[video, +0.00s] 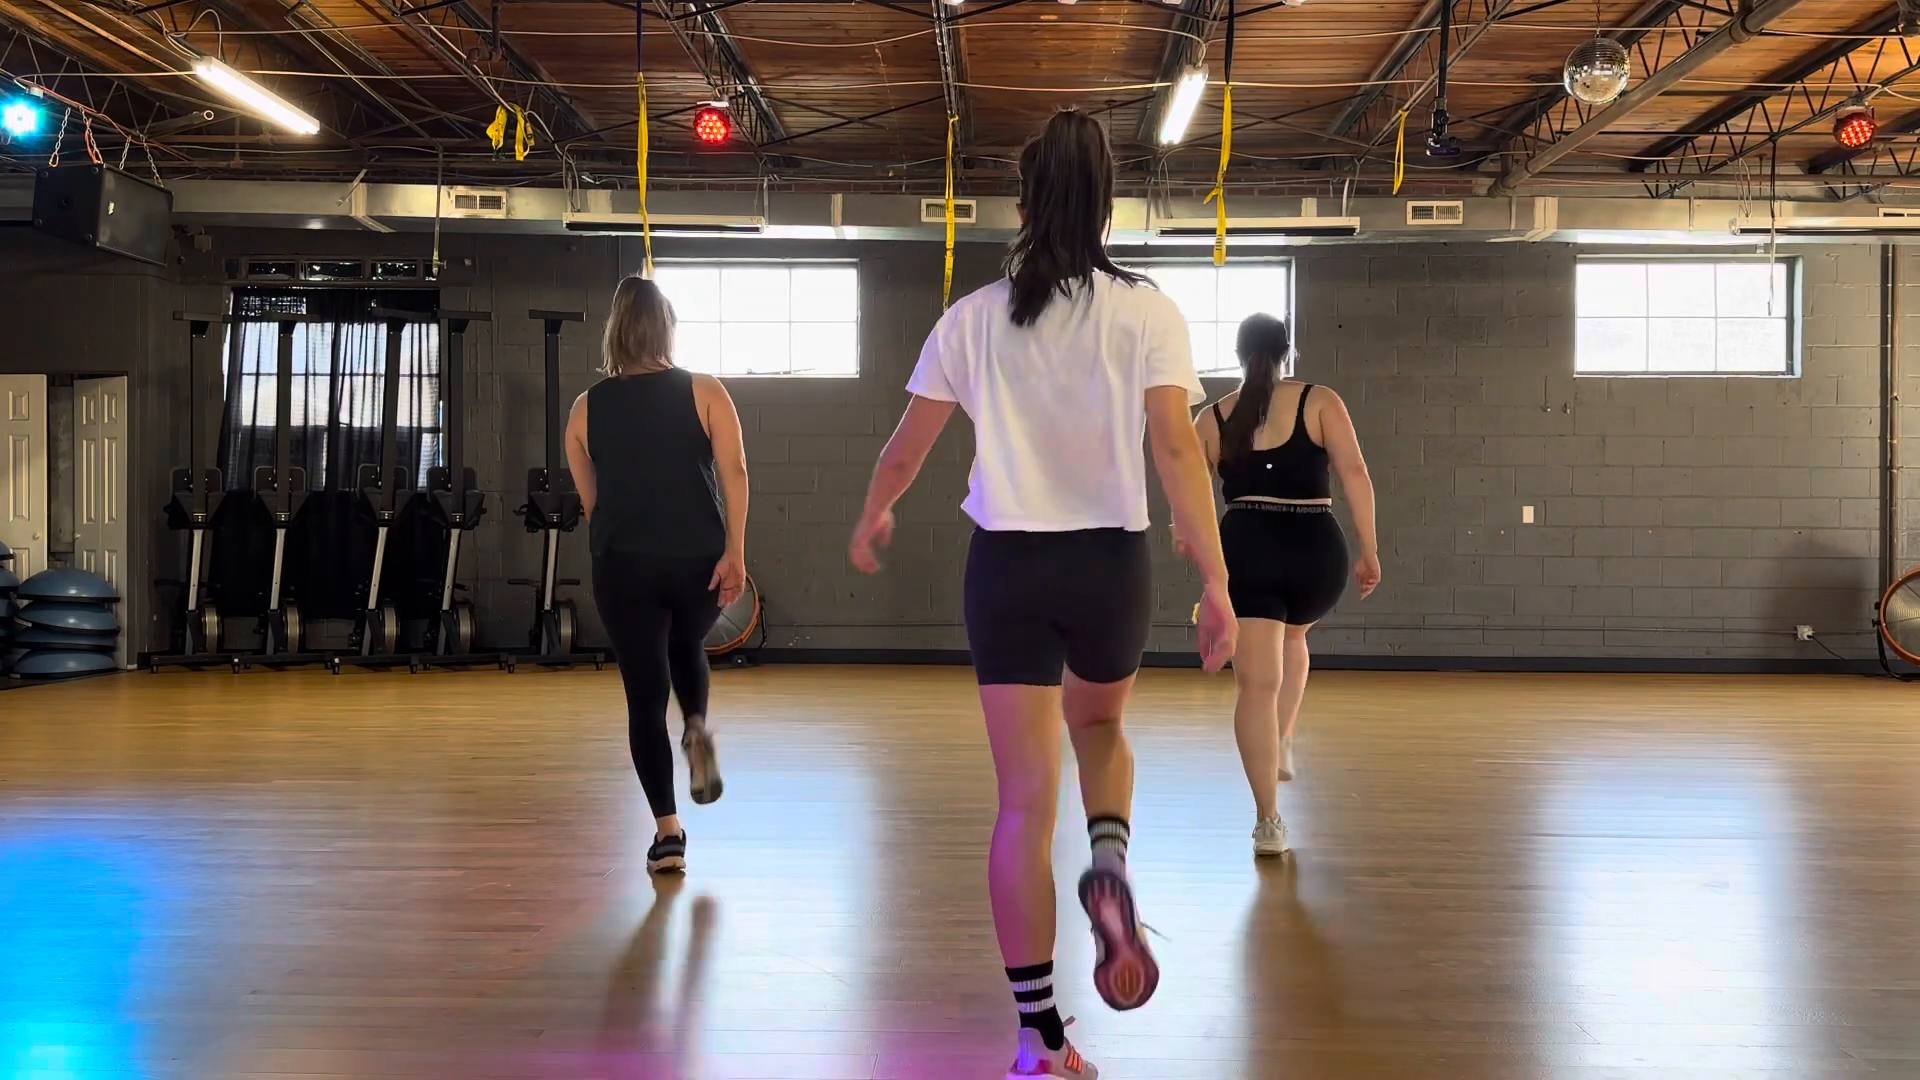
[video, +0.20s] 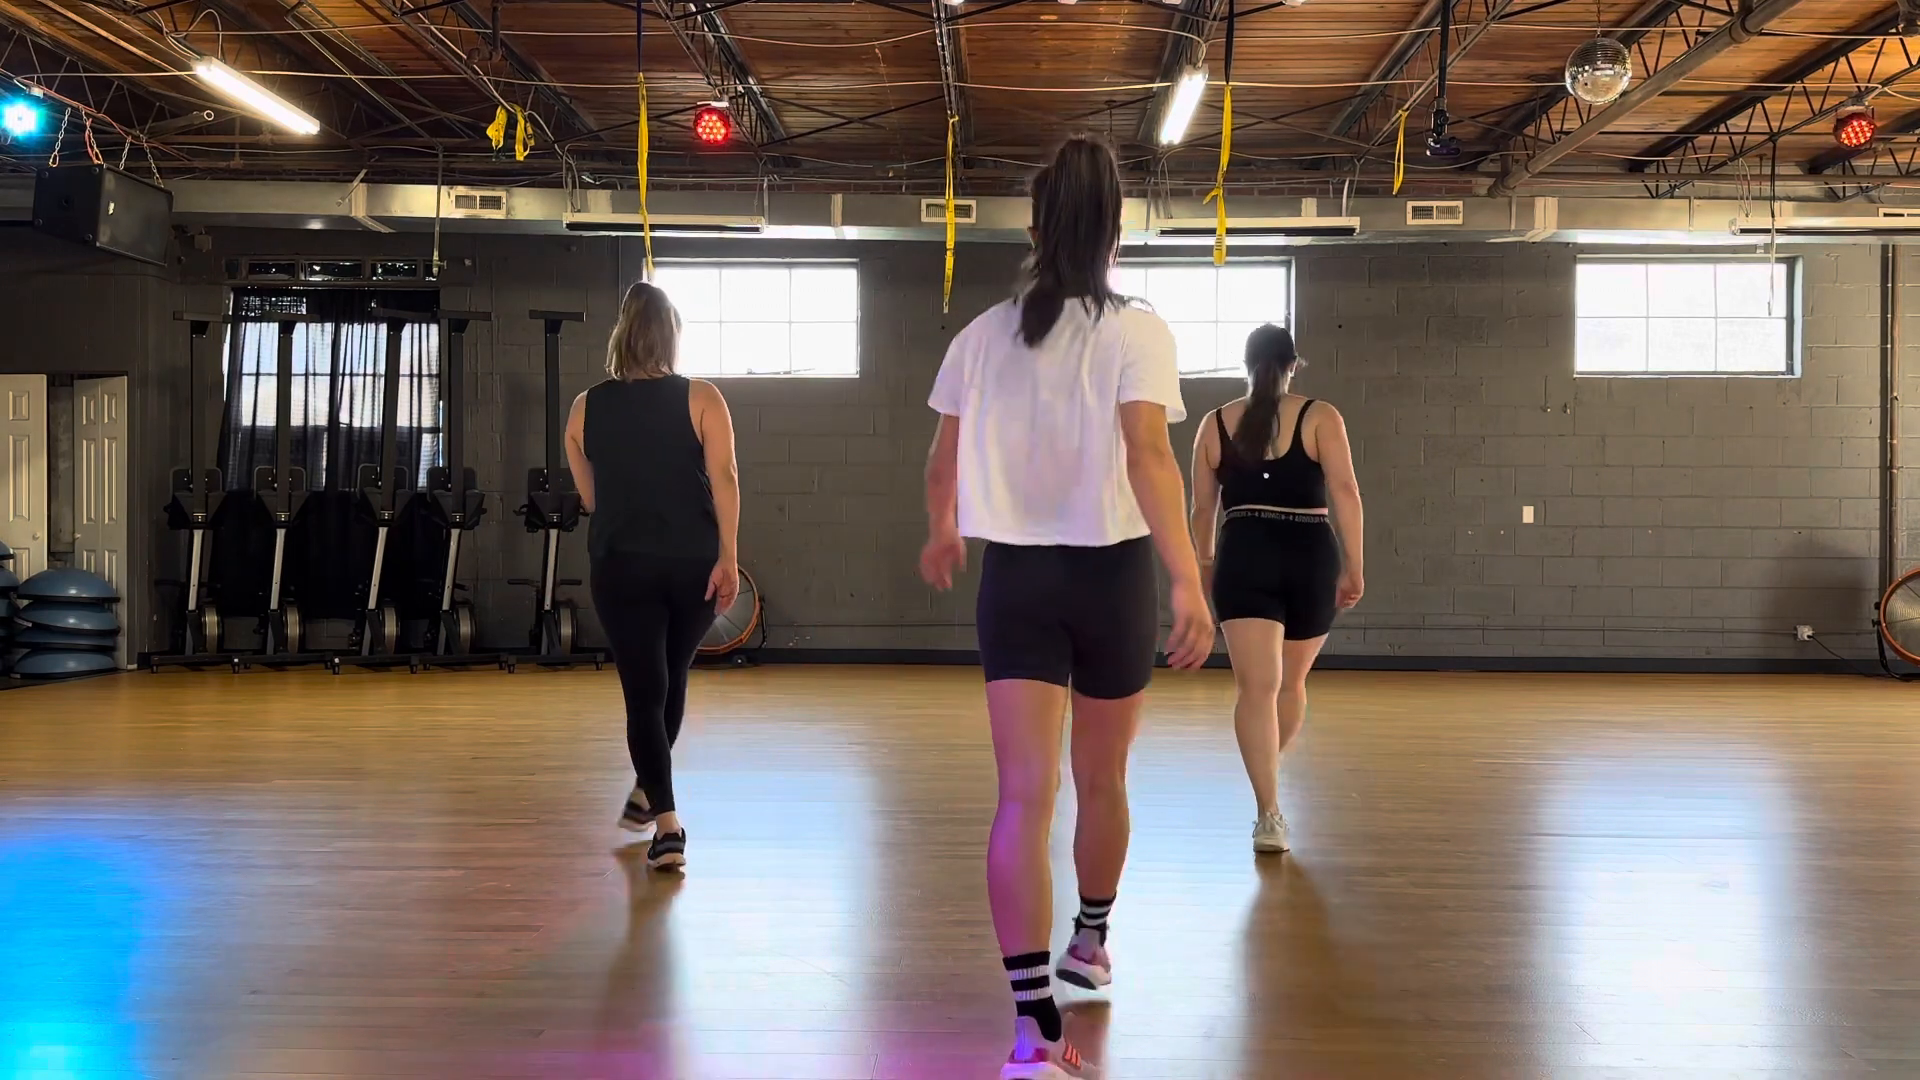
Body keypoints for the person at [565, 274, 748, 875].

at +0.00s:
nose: (670, 333)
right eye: (670, 325)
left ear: (612, 333)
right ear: (669, 330)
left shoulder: (584, 410)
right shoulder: (705, 392)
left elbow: (590, 502)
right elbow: (734, 472)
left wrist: (620, 540)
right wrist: (735, 550)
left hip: (623, 564)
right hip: (695, 557)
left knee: (645, 696)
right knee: (688, 644)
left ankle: (667, 825)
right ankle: (697, 726)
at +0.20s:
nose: (674, 337)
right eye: (673, 328)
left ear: (619, 336)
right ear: (673, 334)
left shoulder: (584, 409)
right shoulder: (702, 397)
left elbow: (590, 498)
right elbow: (723, 477)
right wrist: (728, 554)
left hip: (620, 567)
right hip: (692, 563)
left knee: (642, 695)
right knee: (672, 680)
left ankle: (669, 822)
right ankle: (643, 792)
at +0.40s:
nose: (678, 347)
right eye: (679, 338)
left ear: (627, 345)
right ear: (678, 345)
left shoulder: (589, 409)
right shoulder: (701, 409)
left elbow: (582, 492)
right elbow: (715, 490)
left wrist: (616, 456)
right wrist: (719, 571)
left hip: (610, 564)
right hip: (682, 564)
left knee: (636, 693)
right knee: (657, 690)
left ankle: (662, 814)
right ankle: (624, 806)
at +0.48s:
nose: (684, 348)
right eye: (685, 340)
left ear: (631, 342)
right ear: (681, 345)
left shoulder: (590, 404)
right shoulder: (700, 410)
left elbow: (581, 488)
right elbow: (710, 492)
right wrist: (713, 573)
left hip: (607, 562)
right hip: (676, 562)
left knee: (626, 688)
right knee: (655, 690)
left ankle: (653, 797)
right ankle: (623, 806)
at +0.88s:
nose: (691, 359)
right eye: (692, 350)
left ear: (643, 351)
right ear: (692, 355)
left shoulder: (603, 406)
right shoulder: (707, 417)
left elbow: (563, 477)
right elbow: (710, 497)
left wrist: (537, 543)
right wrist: (710, 573)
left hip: (607, 567)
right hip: (673, 566)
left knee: (657, 630)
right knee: (657, 684)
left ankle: (630, 699)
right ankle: (624, 804)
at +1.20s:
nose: (704, 368)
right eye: (703, 360)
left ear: (653, 362)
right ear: (698, 365)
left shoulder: (617, 420)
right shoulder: (714, 423)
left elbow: (596, 493)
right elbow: (716, 499)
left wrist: (594, 561)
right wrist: (715, 573)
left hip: (625, 567)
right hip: (685, 568)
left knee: (670, 673)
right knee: (661, 681)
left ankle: (697, 774)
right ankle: (628, 794)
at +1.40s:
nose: (705, 364)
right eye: (707, 355)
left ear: (661, 361)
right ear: (706, 361)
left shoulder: (632, 420)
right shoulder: (726, 419)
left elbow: (618, 494)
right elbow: (733, 493)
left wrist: (608, 556)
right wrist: (743, 568)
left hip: (644, 560)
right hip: (704, 559)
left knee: (681, 669)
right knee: (683, 674)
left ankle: (699, 771)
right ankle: (644, 775)